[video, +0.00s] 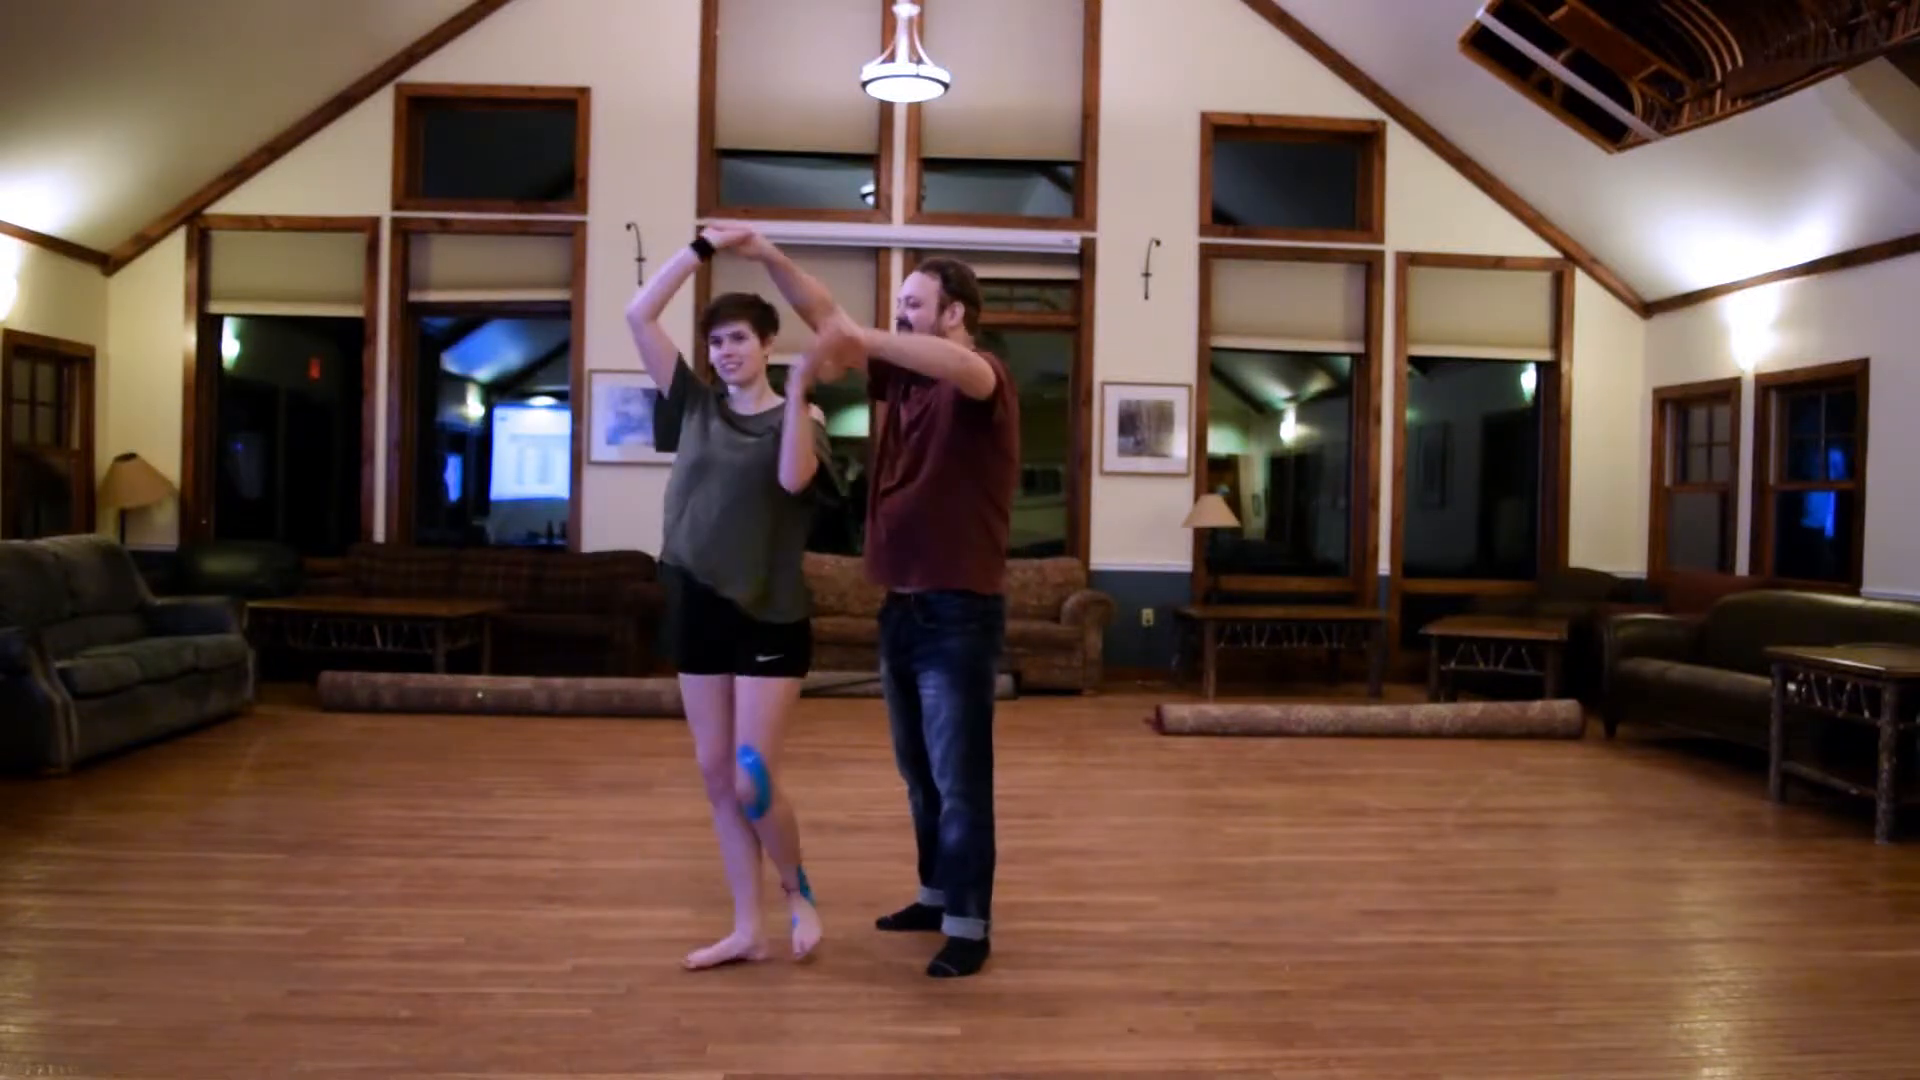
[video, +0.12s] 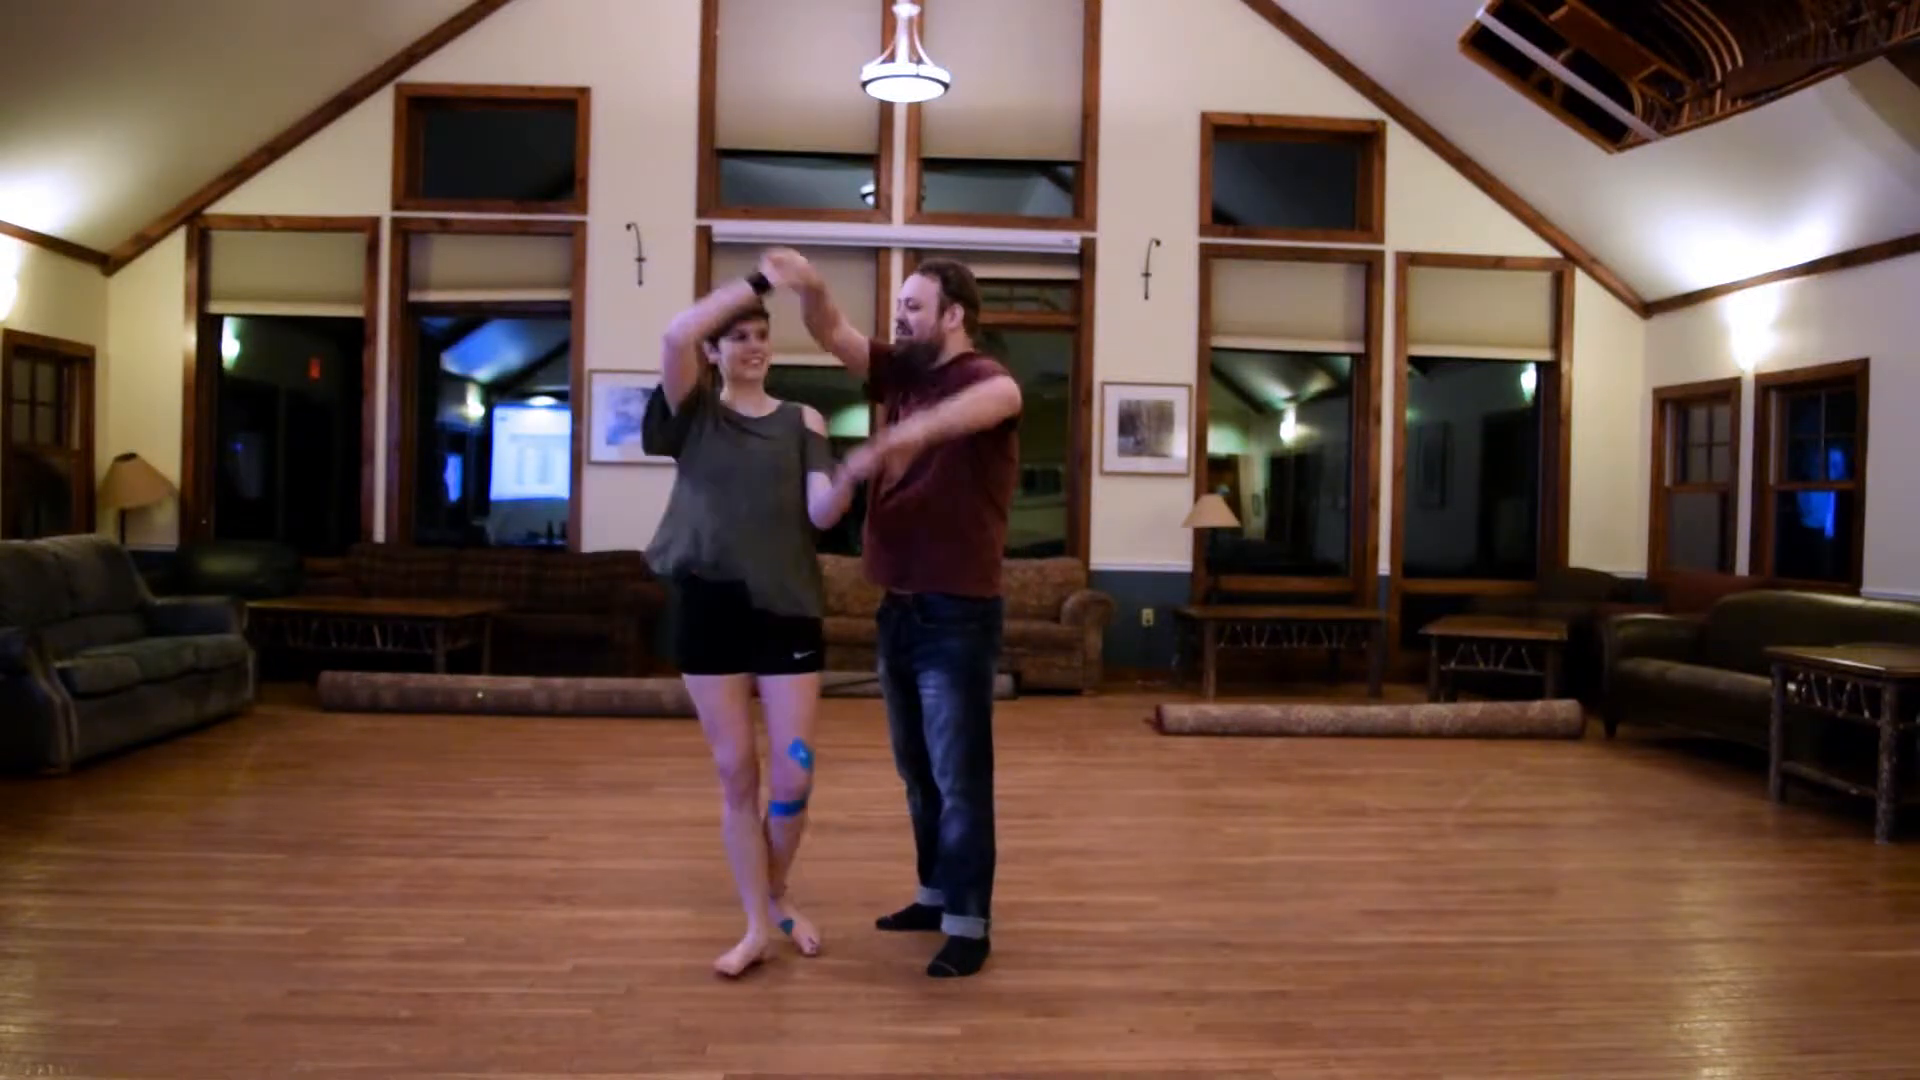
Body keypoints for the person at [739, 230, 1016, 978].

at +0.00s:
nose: (901, 315)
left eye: (914, 305)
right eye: (899, 306)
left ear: (958, 314)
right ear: (909, 316)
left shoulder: (984, 373)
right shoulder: (899, 372)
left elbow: (959, 364)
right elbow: (836, 328)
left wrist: (865, 340)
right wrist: (769, 257)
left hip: (961, 606)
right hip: (903, 605)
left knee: (958, 772)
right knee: (920, 768)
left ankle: (969, 925)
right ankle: (940, 898)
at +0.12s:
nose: (902, 319)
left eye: (915, 307)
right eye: (901, 308)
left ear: (956, 314)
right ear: (903, 313)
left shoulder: (985, 377)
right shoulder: (897, 370)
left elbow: (998, 400)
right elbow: (837, 339)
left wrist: (909, 435)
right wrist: (812, 290)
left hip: (958, 608)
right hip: (899, 603)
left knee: (959, 774)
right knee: (920, 769)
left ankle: (970, 923)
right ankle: (938, 898)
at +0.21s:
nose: (900, 317)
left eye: (913, 308)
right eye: (899, 308)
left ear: (951, 317)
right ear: (904, 317)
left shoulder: (974, 377)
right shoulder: (898, 370)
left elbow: (1007, 436)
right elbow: (848, 361)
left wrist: (927, 514)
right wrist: (829, 340)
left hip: (957, 605)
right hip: (901, 603)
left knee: (959, 771)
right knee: (918, 765)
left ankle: (970, 922)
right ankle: (935, 895)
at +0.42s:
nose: (893, 328)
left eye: (905, 317)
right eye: (893, 317)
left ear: (946, 326)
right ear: (909, 325)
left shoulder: (967, 395)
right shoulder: (903, 382)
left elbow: (936, 509)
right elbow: (816, 381)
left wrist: (873, 579)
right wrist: (835, 427)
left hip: (955, 610)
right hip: (904, 608)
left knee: (956, 771)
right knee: (916, 764)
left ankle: (971, 919)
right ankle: (935, 896)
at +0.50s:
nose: (894, 329)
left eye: (906, 318)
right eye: (894, 318)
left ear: (946, 325)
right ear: (911, 325)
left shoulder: (964, 394)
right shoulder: (906, 379)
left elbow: (907, 506)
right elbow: (831, 374)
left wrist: (850, 542)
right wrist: (814, 437)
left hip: (956, 610)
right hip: (905, 604)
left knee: (954, 770)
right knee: (914, 763)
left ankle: (971, 919)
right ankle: (934, 896)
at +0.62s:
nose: (901, 331)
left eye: (913, 320)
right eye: (901, 320)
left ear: (955, 326)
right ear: (919, 325)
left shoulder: (965, 391)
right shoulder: (919, 374)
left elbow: (876, 483)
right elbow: (841, 365)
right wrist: (799, 388)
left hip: (952, 610)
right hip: (907, 604)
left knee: (952, 770)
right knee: (916, 765)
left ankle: (977, 921)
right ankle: (936, 897)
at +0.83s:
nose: (913, 321)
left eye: (927, 312)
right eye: (914, 311)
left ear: (968, 322)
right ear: (944, 321)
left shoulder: (977, 380)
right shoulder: (940, 368)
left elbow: (864, 399)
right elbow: (868, 336)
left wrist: (790, 352)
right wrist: (793, 303)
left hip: (953, 604)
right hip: (907, 599)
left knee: (956, 771)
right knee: (918, 765)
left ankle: (980, 921)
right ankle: (938, 898)